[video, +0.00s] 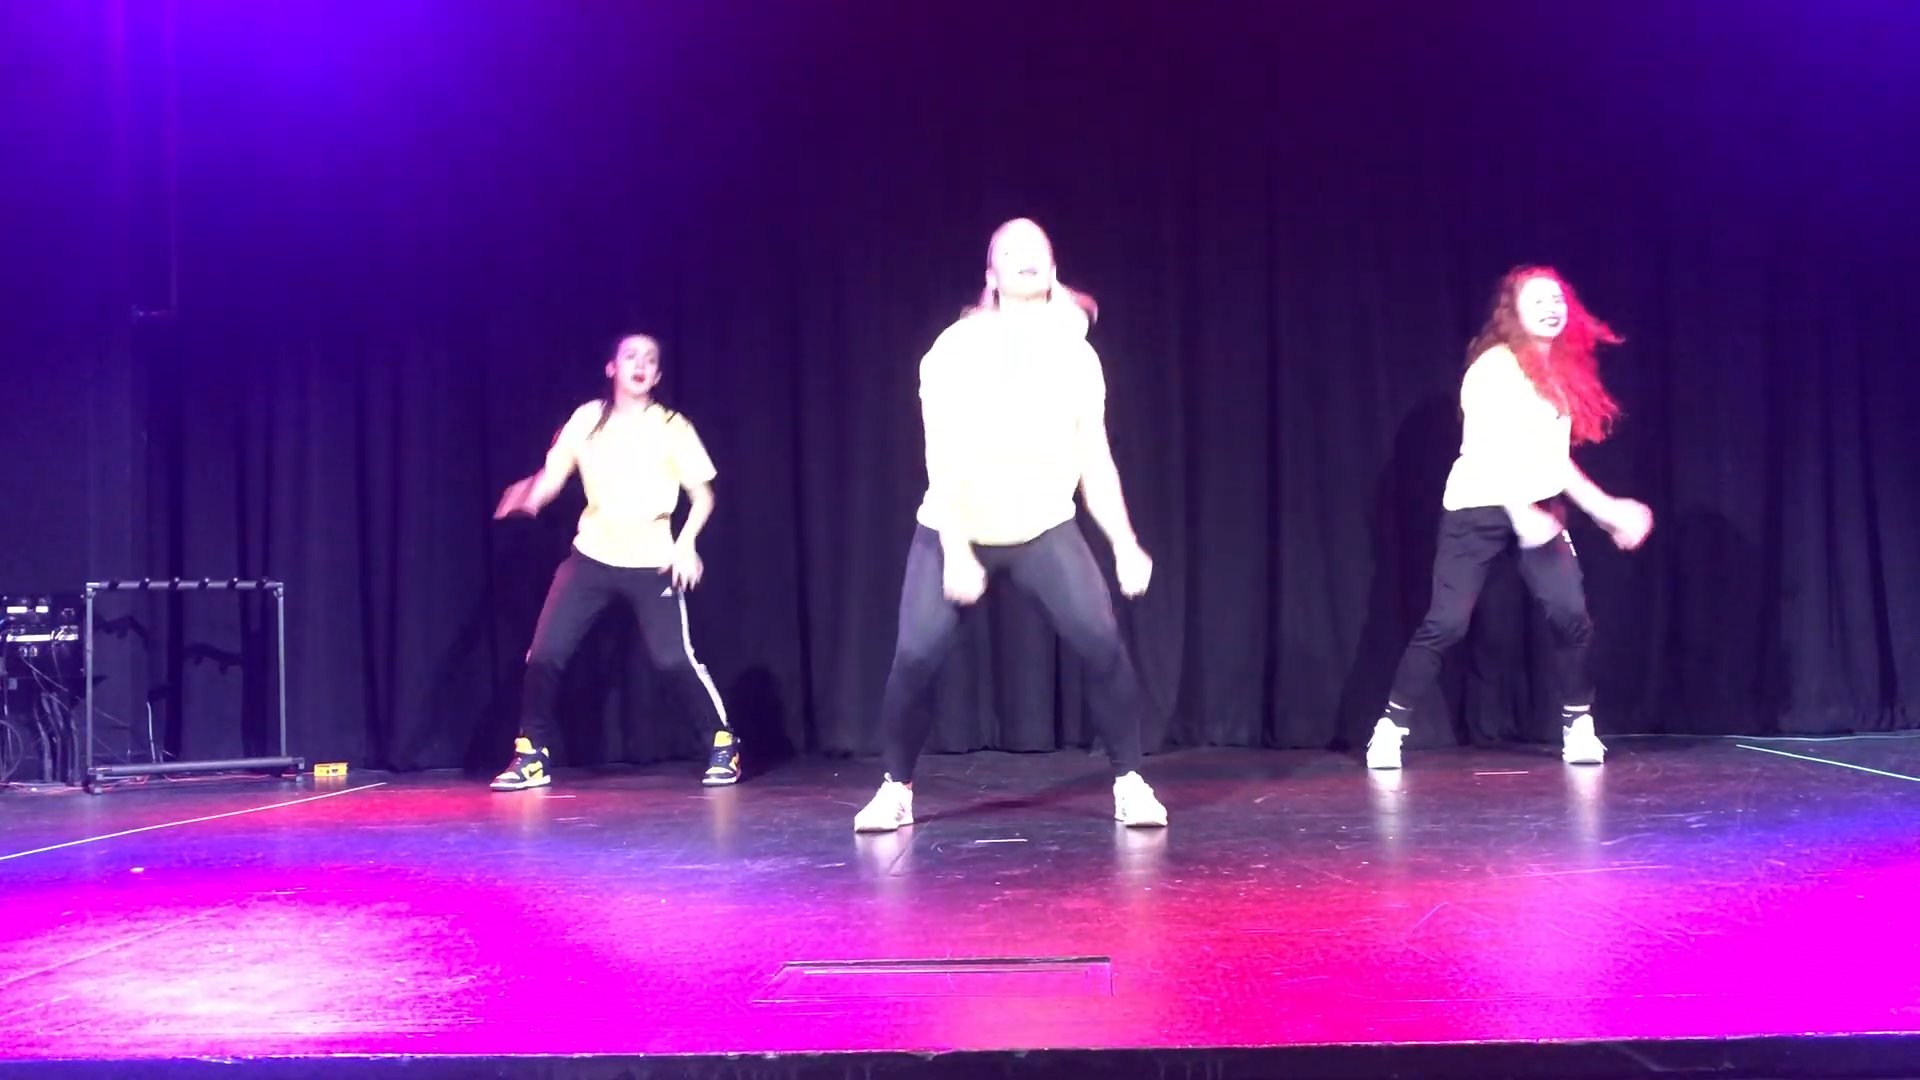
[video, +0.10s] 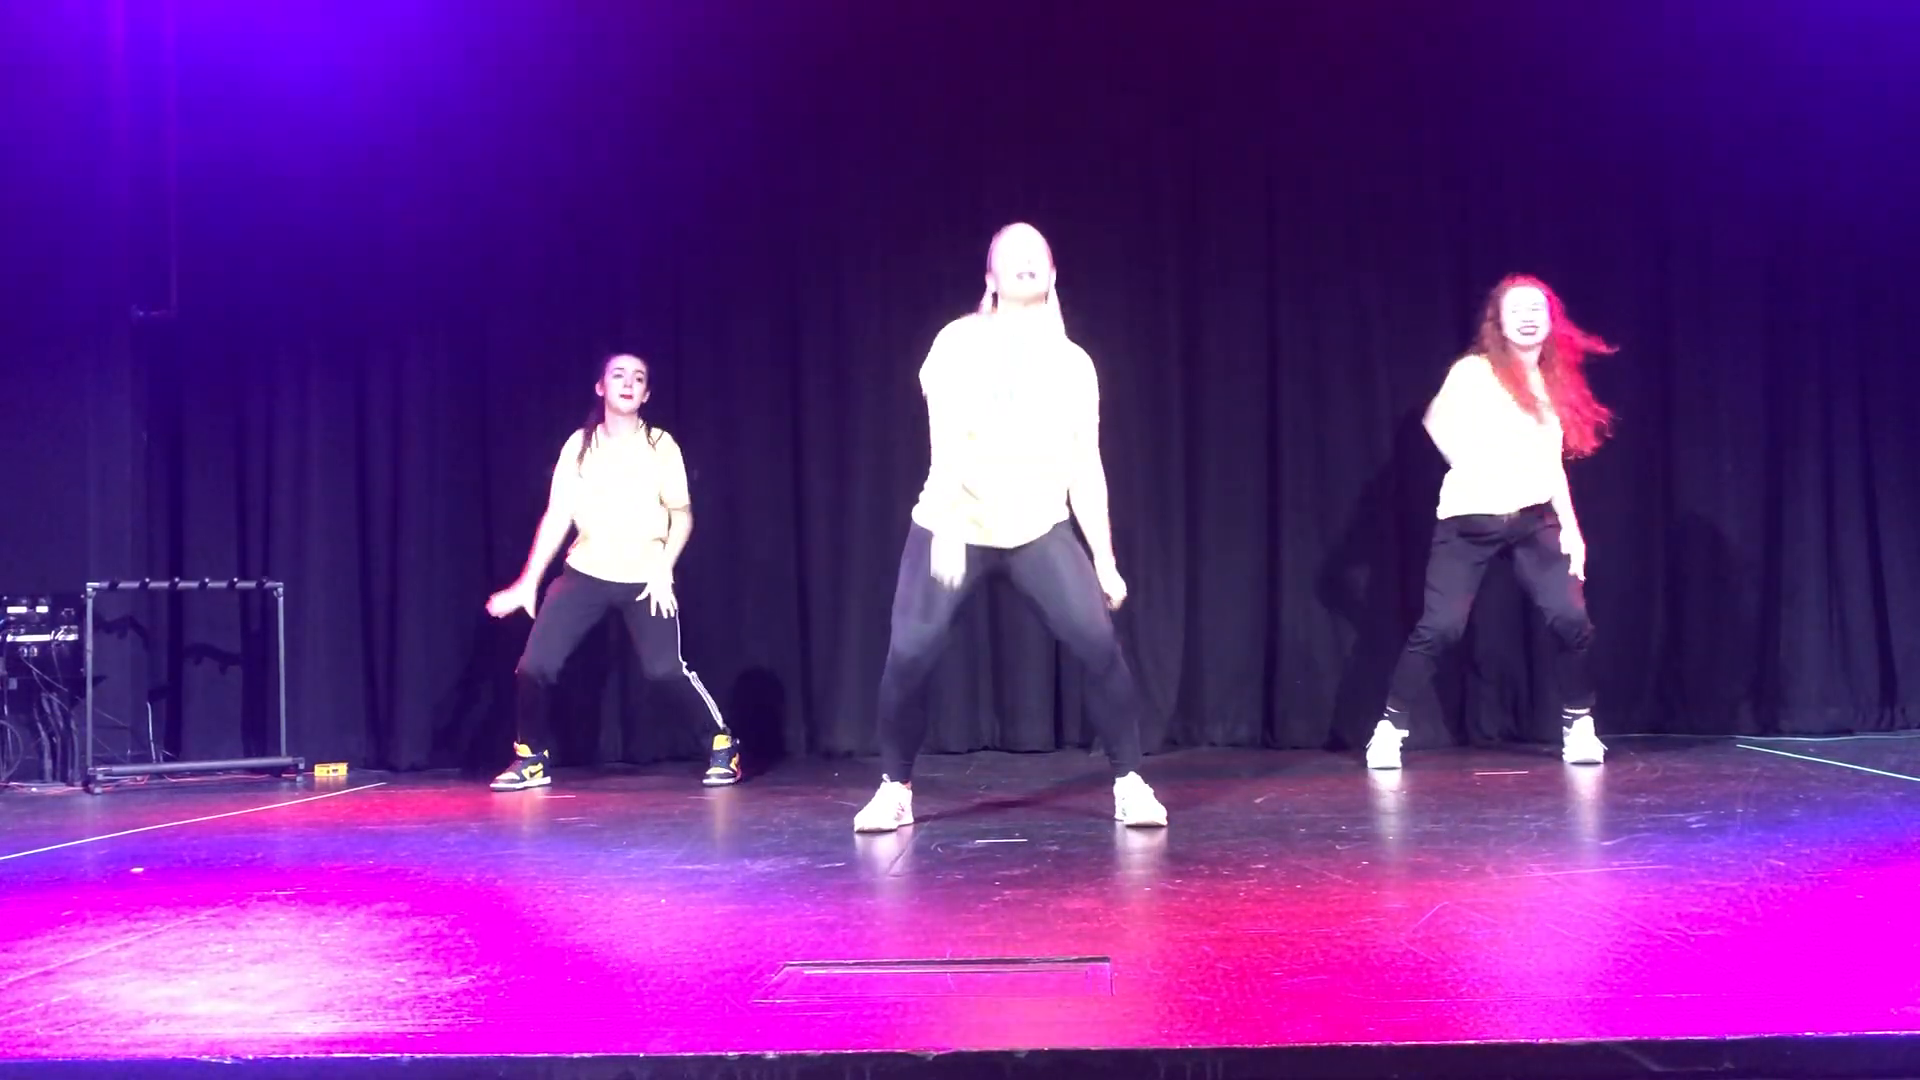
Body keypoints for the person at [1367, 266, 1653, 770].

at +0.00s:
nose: (1550, 310)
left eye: (1557, 301)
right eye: (1537, 302)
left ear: (1567, 310)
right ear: (1511, 312)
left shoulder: (1560, 372)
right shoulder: (1490, 369)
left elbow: (1556, 459)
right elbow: (1492, 453)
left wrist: (1608, 511)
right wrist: (1522, 510)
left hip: (1537, 508)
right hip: (1476, 508)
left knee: (1571, 615)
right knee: (1447, 622)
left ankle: (1578, 725)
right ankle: (1392, 728)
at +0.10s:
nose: (1528, 320)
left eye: (1537, 311)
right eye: (1517, 311)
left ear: (1551, 320)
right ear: (1497, 320)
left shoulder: (1551, 381)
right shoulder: (1472, 372)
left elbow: (1554, 463)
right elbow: (1438, 424)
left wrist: (1570, 529)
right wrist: (1481, 471)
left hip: (1535, 521)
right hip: (1467, 523)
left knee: (1571, 620)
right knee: (1440, 627)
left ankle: (1579, 727)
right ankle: (1391, 731)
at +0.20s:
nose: (1503, 312)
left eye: (1514, 304)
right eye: (1495, 303)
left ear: (1533, 312)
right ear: (1481, 308)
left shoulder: (1545, 368)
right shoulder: (1451, 357)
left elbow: (1557, 447)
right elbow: (1412, 335)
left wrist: (1558, 517)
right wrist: (1466, 321)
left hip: (1526, 505)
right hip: (1457, 509)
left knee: (1559, 615)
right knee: (1431, 619)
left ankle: (1576, 726)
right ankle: (1390, 730)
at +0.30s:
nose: (1483, 286)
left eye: (1497, 278)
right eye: (1477, 279)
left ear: (1521, 292)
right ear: (1466, 292)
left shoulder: (1537, 357)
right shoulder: (1449, 338)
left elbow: (1549, 438)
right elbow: (1423, 270)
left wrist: (1549, 507)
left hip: (1516, 494)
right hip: (1448, 495)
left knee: (1547, 612)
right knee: (1421, 613)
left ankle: (1575, 724)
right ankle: (1388, 729)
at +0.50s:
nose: (1461, 289)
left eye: (1473, 280)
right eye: (1454, 282)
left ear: (1501, 289)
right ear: (1447, 295)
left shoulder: (1525, 351)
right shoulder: (1441, 339)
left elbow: (1526, 434)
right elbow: (1433, 263)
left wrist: (1520, 506)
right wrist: (1435, 193)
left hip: (1499, 483)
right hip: (1434, 488)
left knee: (1534, 606)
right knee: (1418, 611)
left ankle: (1573, 722)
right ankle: (1387, 729)